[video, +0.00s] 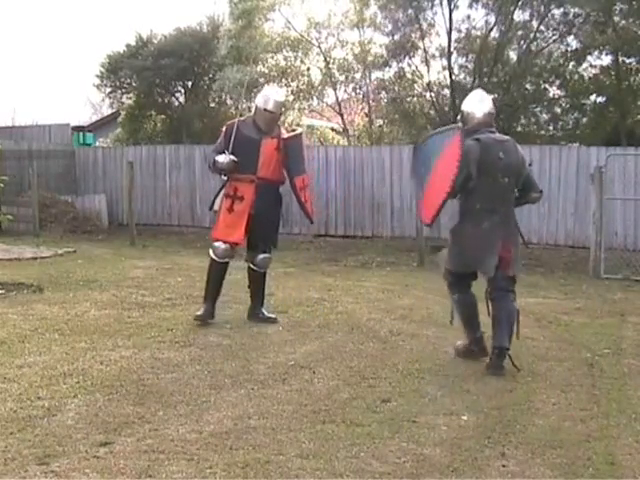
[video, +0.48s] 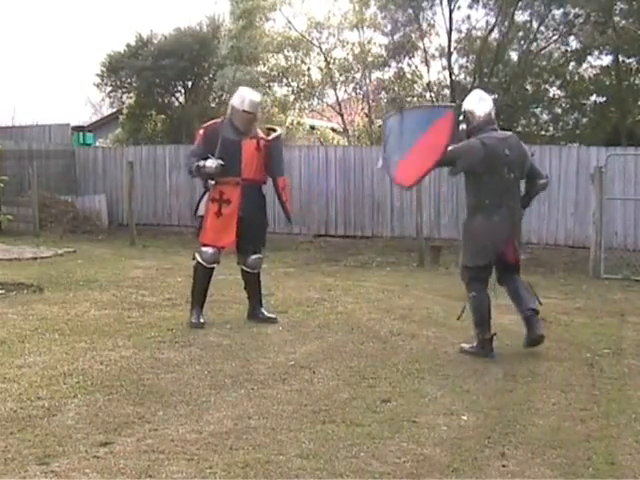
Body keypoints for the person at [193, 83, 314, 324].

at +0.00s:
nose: (271, 118)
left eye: (276, 113)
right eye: (267, 112)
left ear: (281, 113)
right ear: (257, 108)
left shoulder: (283, 138)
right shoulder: (234, 129)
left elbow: (296, 172)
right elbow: (214, 157)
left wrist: (293, 143)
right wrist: (220, 162)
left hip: (266, 199)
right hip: (235, 196)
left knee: (261, 257)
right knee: (221, 249)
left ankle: (256, 308)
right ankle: (208, 306)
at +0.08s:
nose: (270, 118)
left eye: (274, 114)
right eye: (266, 112)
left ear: (279, 114)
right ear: (255, 108)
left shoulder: (282, 138)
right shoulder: (233, 129)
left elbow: (294, 173)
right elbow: (212, 157)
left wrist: (292, 144)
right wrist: (218, 163)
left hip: (265, 201)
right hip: (233, 198)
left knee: (260, 257)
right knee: (219, 250)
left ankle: (256, 308)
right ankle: (205, 306)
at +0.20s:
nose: (267, 119)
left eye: (271, 114)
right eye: (263, 113)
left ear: (276, 114)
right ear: (251, 109)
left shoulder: (279, 138)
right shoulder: (228, 129)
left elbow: (291, 173)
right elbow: (207, 160)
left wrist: (289, 144)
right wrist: (216, 165)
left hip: (262, 201)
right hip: (230, 198)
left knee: (258, 257)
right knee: (216, 250)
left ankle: (256, 308)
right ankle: (202, 307)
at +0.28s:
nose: (264, 119)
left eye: (268, 114)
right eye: (260, 113)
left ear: (272, 113)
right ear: (247, 109)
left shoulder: (274, 138)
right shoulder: (225, 130)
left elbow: (286, 173)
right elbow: (204, 160)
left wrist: (286, 143)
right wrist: (214, 165)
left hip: (259, 201)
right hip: (228, 199)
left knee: (257, 257)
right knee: (213, 251)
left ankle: (256, 308)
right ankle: (198, 307)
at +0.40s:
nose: (255, 119)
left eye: (259, 115)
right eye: (251, 114)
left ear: (264, 114)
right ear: (239, 109)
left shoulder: (266, 139)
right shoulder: (217, 131)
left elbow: (280, 172)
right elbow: (198, 162)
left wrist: (280, 143)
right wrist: (209, 166)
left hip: (255, 199)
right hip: (224, 198)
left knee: (255, 257)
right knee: (210, 252)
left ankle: (256, 308)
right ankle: (196, 308)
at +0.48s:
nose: (249, 118)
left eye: (253, 114)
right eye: (245, 113)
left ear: (257, 114)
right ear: (232, 109)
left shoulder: (262, 138)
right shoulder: (212, 131)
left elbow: (275, 172)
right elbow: (192, 162)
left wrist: (274, 144)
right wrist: (203, 167)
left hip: (251, 200)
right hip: (220, 199)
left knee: (253, 258)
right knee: (208, 254)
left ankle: (256, 308)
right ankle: (196, 309)